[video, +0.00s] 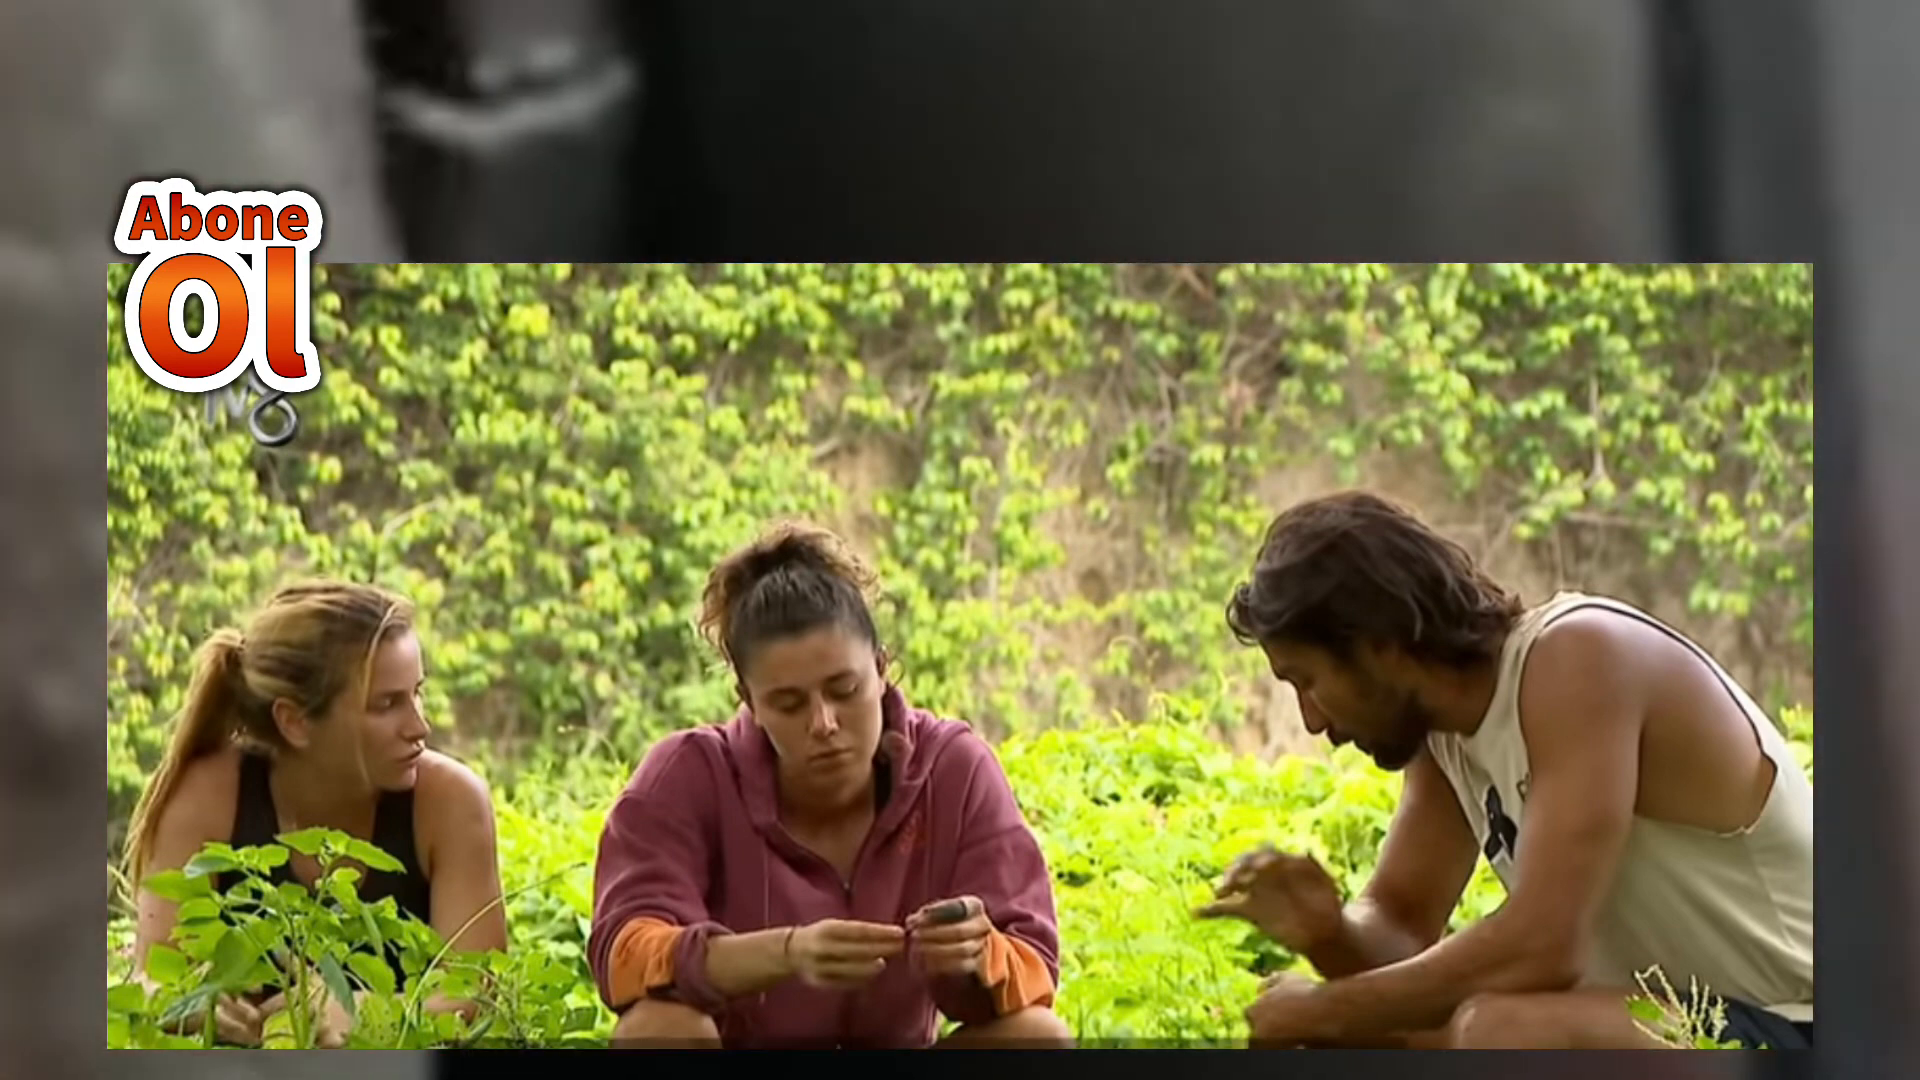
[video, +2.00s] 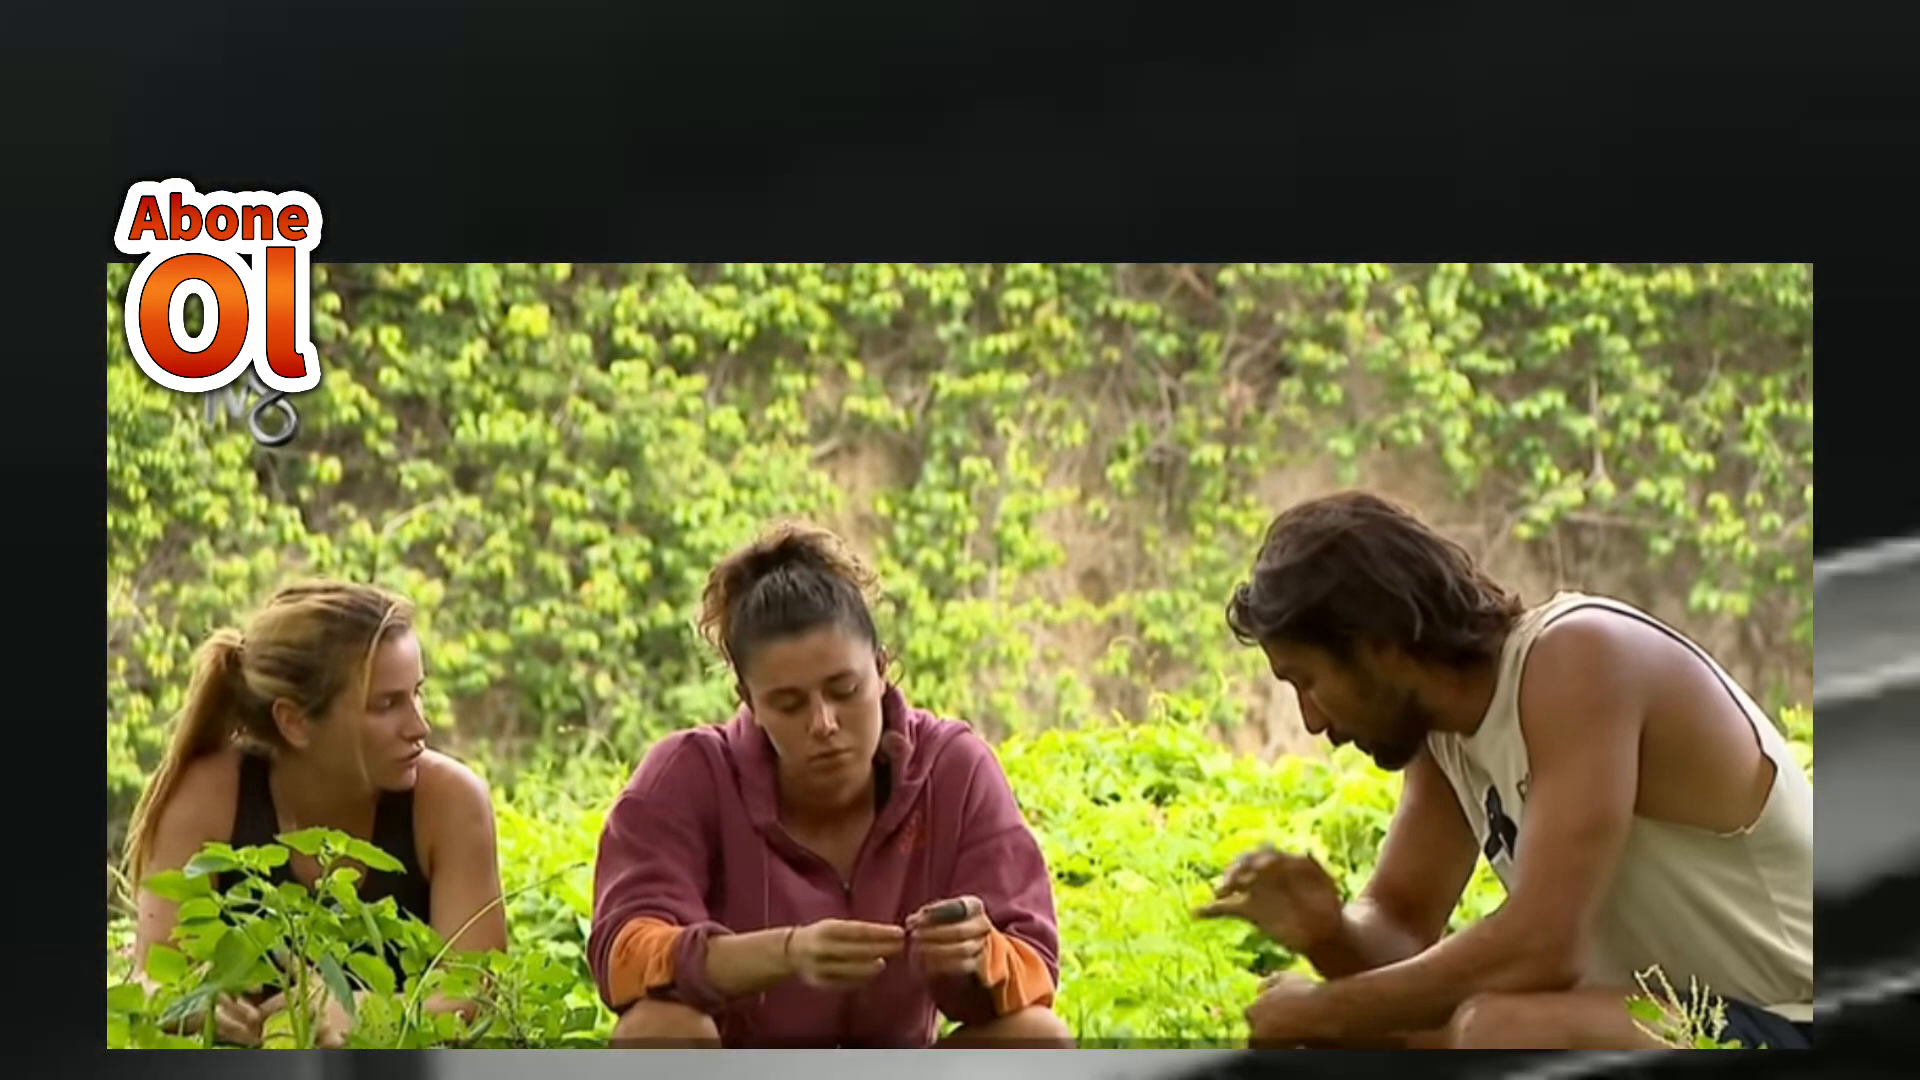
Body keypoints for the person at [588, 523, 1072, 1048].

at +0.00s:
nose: (824, 725)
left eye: (844, 690)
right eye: (789, 703)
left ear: (881, 670)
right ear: (747, 699)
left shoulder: (955, 766)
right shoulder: (687, 773)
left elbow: (1031, 969)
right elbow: (629, 957)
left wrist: (977, 954)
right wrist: (787, 951)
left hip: (899, 1043)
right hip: (739, 1045)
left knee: (1037, 1034)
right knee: (658, 1025)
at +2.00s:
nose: (824, 725)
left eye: (844, 690)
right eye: (789, 703)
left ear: (880, 670)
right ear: (747, 698)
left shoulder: (955, 766)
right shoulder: (687, 774)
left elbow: (1031, 970)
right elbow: (629, 957)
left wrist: (978, 953)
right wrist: (787, 951)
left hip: (898, 1062)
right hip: (738, 1063)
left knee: (1038, 1037)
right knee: (659, 1027)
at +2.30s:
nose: (824, 725)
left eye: (844, 690)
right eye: (789, 703)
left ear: (881, 670)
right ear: (747, 699)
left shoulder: (955, 766)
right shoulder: (687, 773)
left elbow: (1031, 968)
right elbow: (629, 957)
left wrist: (978, 953)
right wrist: (787, 952)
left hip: (897, 1056)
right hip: (739, 1058)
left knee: (1038, 1036)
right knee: (658, 1026)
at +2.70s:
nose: (824, 725)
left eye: (844, 690)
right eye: (789, 703)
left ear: (880, 670)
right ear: (747, 699)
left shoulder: (955, 766)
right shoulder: (687, 773)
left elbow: (1031, 969)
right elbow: (629, 957)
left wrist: (978, 953)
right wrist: (787, 951)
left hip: (897, 1057)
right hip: (740, 1057)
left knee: (1037, 1036)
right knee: (658, 1026)